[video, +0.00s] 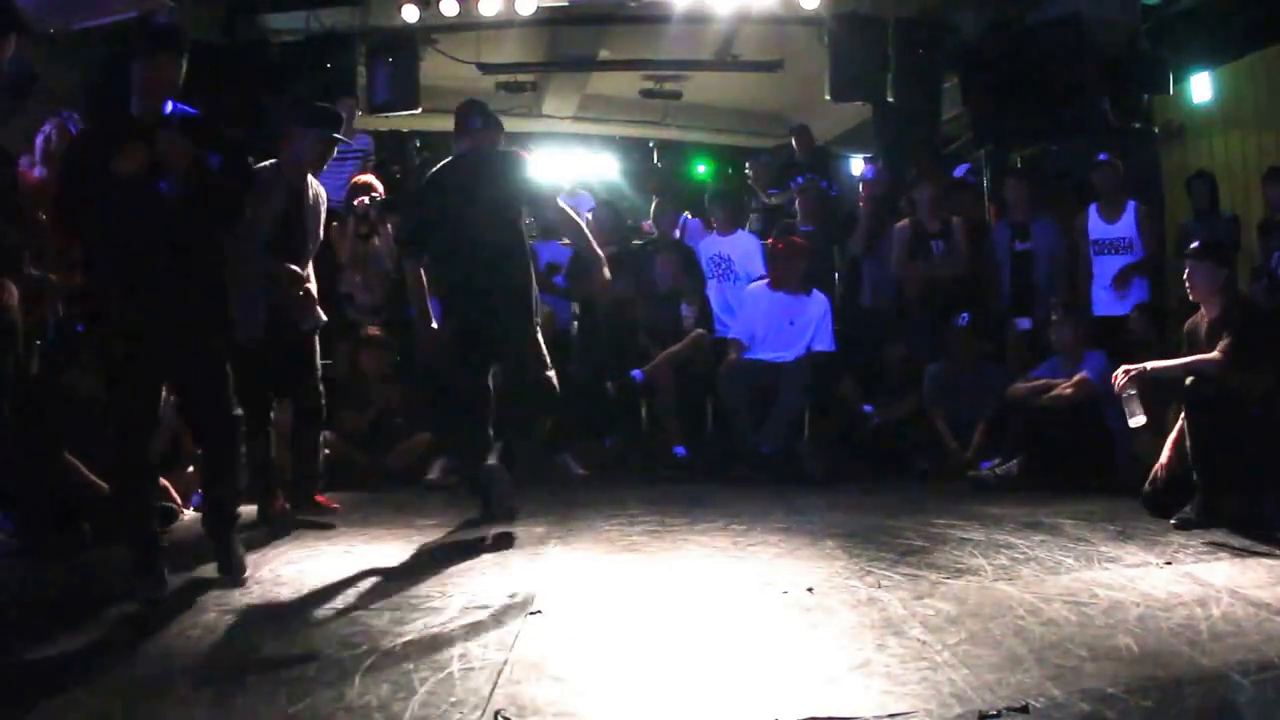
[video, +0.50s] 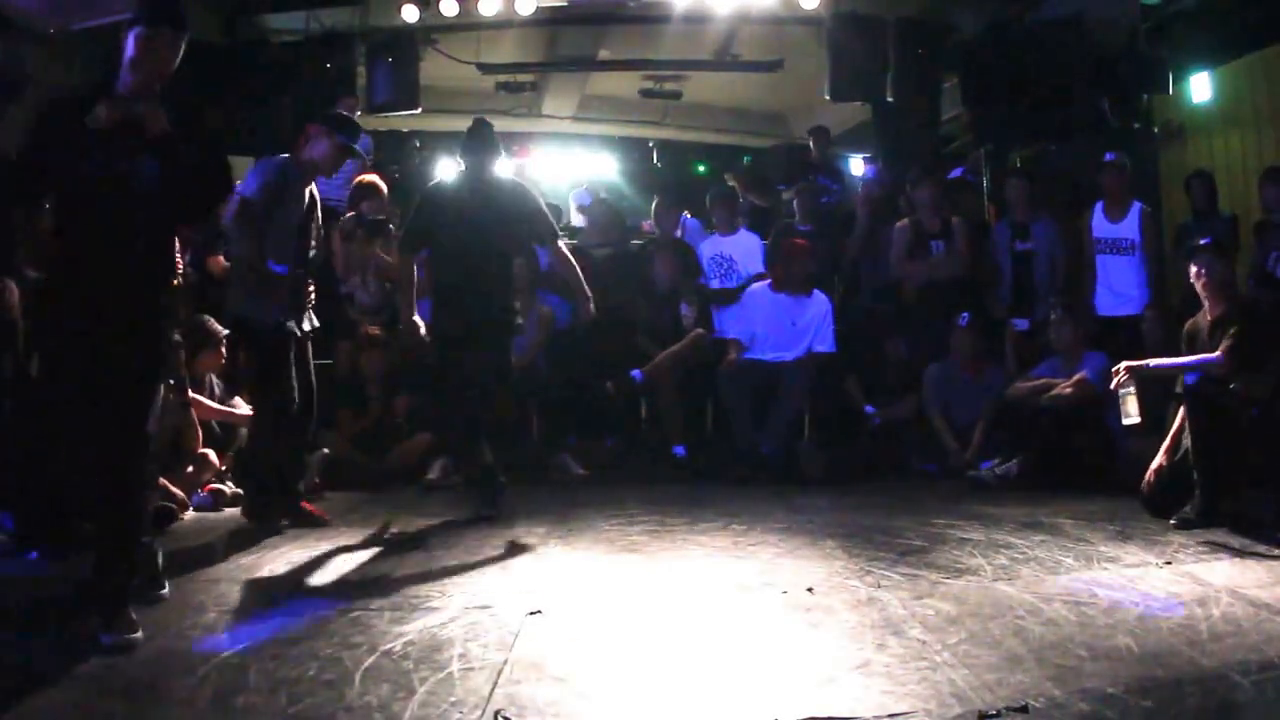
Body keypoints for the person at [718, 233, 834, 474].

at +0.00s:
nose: (781, 267)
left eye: (787, 261)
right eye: (778, 260)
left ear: (801, 265)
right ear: (771, 263)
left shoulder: (818, 302)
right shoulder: (754, 292)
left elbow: (822, 351)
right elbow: (739, 337)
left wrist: (803, 362)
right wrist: (733, 355)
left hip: (791, 364)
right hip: (755, 363)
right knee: (730, 374)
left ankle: (770, 448)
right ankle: (745, 447)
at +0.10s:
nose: (783, 268)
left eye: (790, 262)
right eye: (780, 261)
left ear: (803, 265)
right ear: (772, 263)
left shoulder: (819, 302)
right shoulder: (755, 293)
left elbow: (823, 350)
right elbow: (739, 337)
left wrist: (803, 361)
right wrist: (733, 354)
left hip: (791, 363)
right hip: (756, 362)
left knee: (798, 378)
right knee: (730, 372)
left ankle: (771, 447)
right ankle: (746, 445)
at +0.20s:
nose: (797, 271)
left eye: (800, 264)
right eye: (790, 263)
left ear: (807, 267)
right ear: (776, 265)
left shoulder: (819, 302)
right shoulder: (755, 294)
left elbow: (822, 351)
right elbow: (739, 337)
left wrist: (802, 363)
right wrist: (733, 354)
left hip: (792, 363)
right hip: (755, 363)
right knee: (730, 372)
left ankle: (773, 447)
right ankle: (747, 443)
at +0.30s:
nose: (803, 269)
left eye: (803, 262)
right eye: (793, 262)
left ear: (807, 265)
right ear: (776, 264)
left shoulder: (819, 302)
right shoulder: (756, 293)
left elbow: (823, 351)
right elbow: (739, 337)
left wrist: (803, 362)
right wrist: (733, 354)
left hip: (791, 363)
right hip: (755, 363)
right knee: (730, 372)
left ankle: (772, 447)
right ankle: (747, 444)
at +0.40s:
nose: (794, 269)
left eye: (800, 262)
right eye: (788, 263)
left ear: (808, 266)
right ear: (775, 265)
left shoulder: (820, 303)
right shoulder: (755, 294)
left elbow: (822, 352)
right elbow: (738, 335)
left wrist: (803, 361)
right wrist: (733, 353)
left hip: (791, 363)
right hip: (755, 362)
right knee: (730, 371)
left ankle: (773, 447)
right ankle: (746, 444)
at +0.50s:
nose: (806, 268)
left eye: (807, 261)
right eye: (798, 261)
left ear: (810, 265)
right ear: (778, 266)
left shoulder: (819, 302)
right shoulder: (755, 294)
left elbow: (823, 351)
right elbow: (737, 336)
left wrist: (802, 363)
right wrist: (733, 355)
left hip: (792, 363)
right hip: (755, 363)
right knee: (730, 375)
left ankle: (773, 451)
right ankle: (746, 449)